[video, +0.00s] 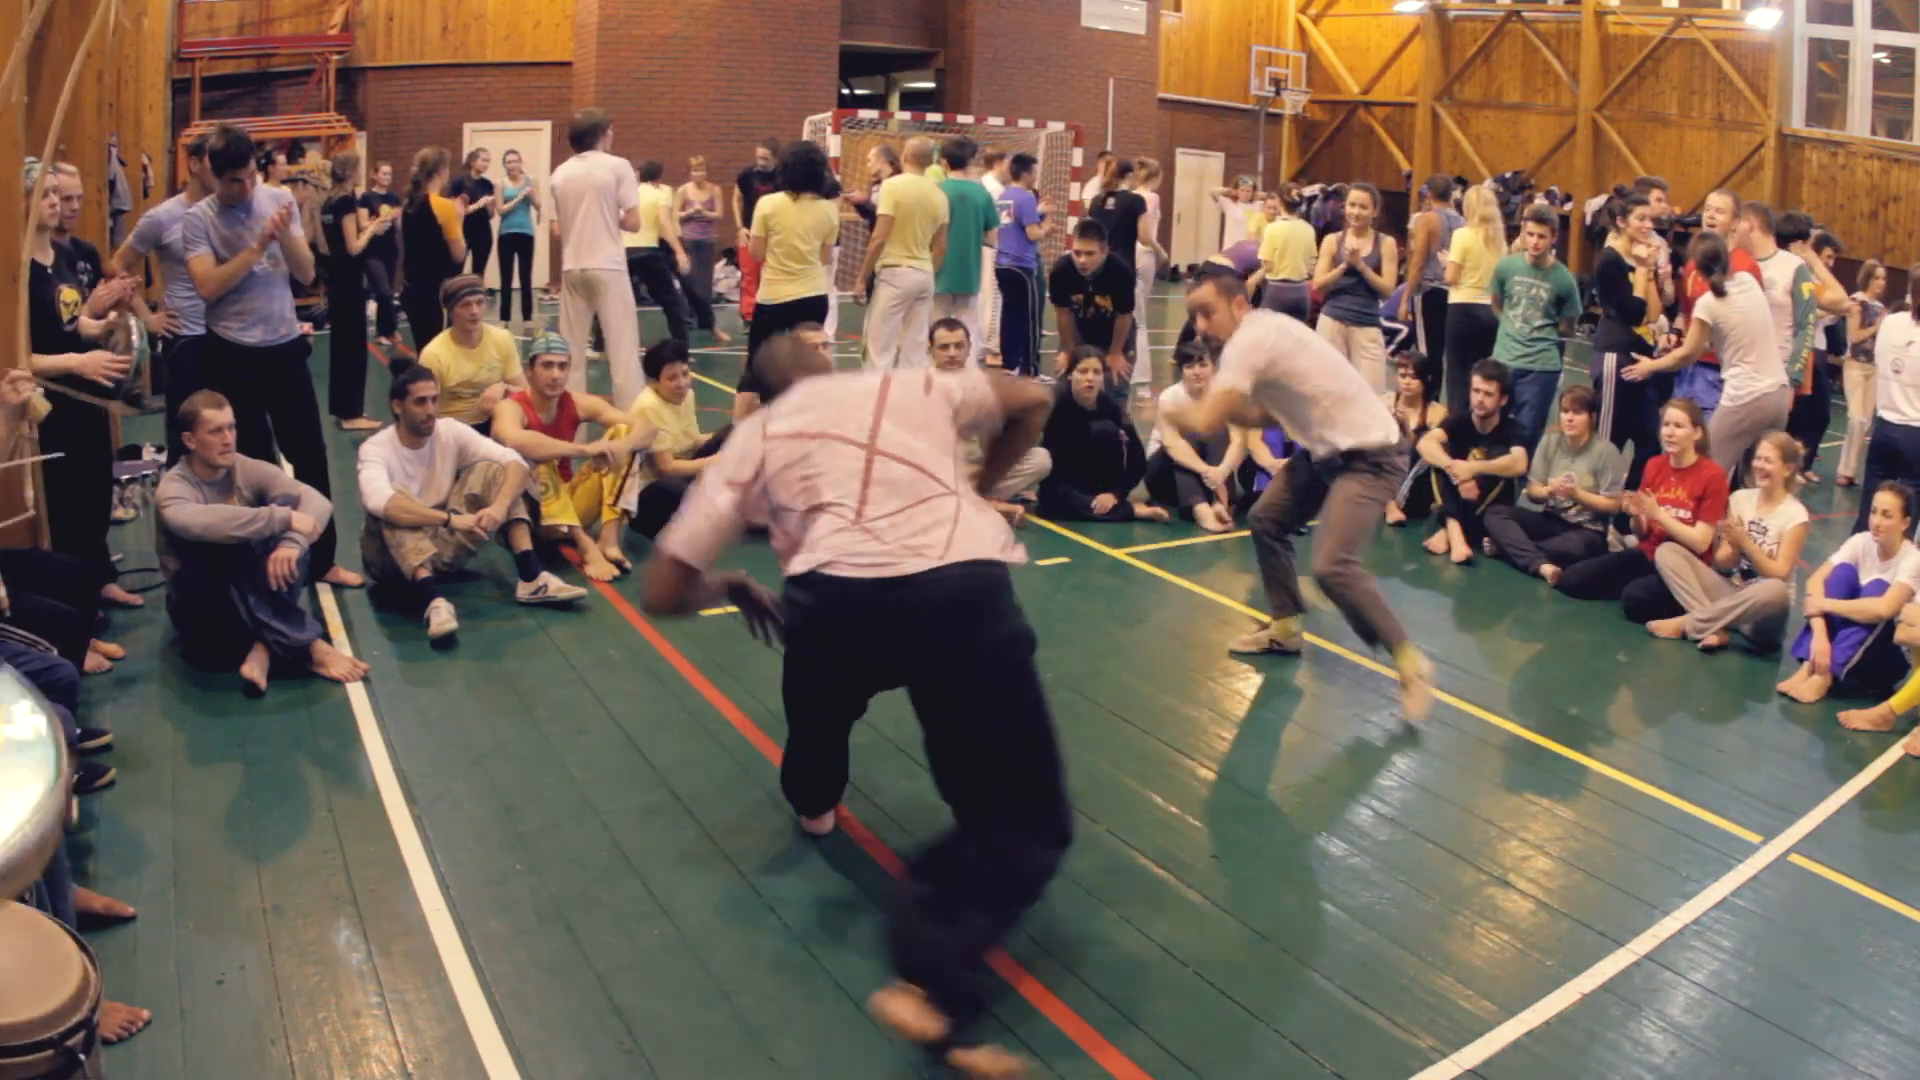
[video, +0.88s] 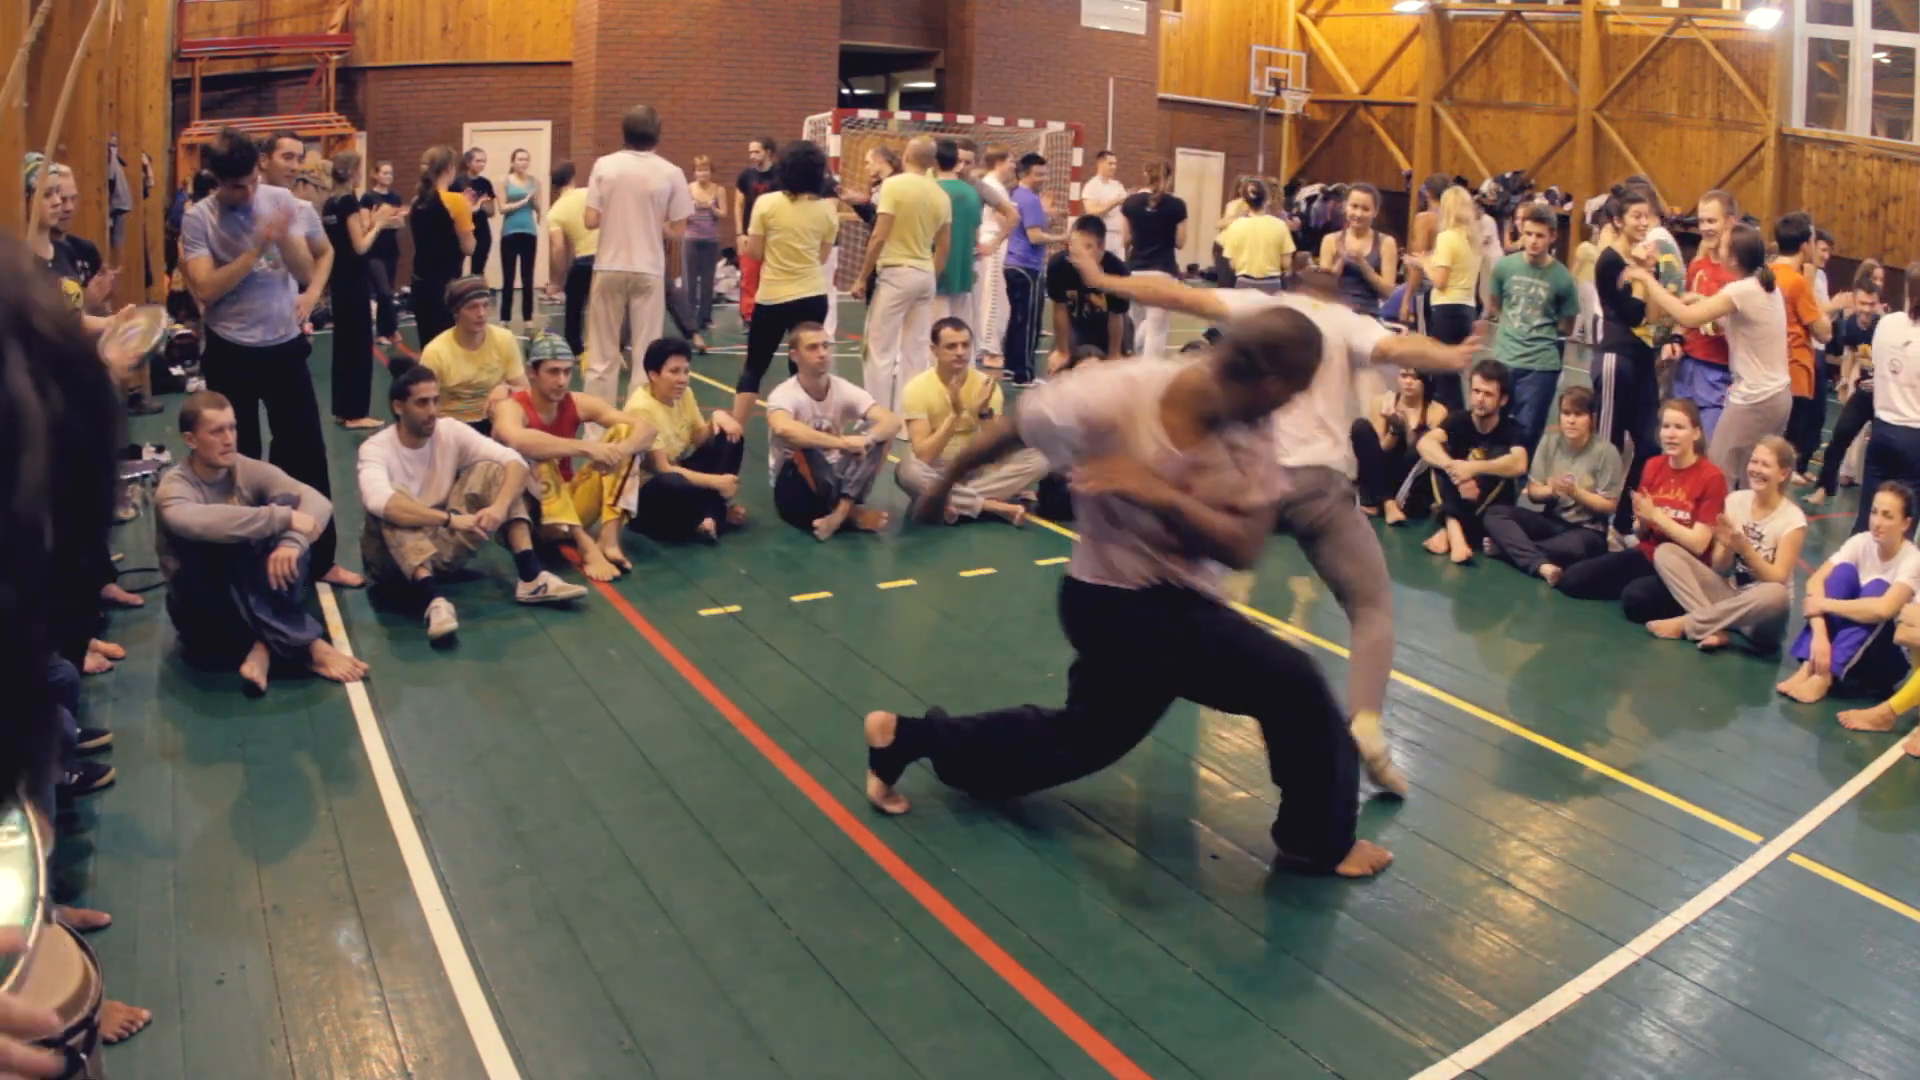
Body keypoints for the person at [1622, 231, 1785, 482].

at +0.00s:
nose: (1690, 265)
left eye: (1692, 261)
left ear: (1697, 267)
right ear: (1727, 256)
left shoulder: (1707, 303)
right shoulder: (1750, 282)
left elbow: (1688, 354)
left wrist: (1651, 366)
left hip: (1743, 397)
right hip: (1778, 391)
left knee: (1711, 469)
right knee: (1763, 474)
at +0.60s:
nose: (1699, 255)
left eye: (1702, 249)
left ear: (1706, 258)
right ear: (1739, 253)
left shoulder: (1712, 292)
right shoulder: (1755, 281)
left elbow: (1680, 341)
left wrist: (1647, 336)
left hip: (1733, 397)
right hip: (1768, 392)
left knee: (1716, 476)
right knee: (1750, 476)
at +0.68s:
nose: (1703, 253)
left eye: (1705, 248)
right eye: (1704, 247)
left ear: (1710, 257)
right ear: (1740, 251)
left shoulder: (1718, 290)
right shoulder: (1758, 280)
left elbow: (1670, 326)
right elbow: (1743, 324)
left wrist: (1640, 305)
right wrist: (1706, 328)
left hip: (1737, 399)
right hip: (1771, 393)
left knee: (1716, 475)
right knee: (1745, 475)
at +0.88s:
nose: (1717, 250)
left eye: (1722, 246)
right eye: (1718, 245)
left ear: (1733, 257)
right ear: (1758, 254)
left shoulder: (1742, 291)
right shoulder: (1768, 284)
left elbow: (1689, 316)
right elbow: (1738, 322)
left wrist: (1647, 279)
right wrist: (1703, 301)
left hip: (1752, 401)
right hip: (1778, 396)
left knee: (1718, 468)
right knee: (1758, 471)